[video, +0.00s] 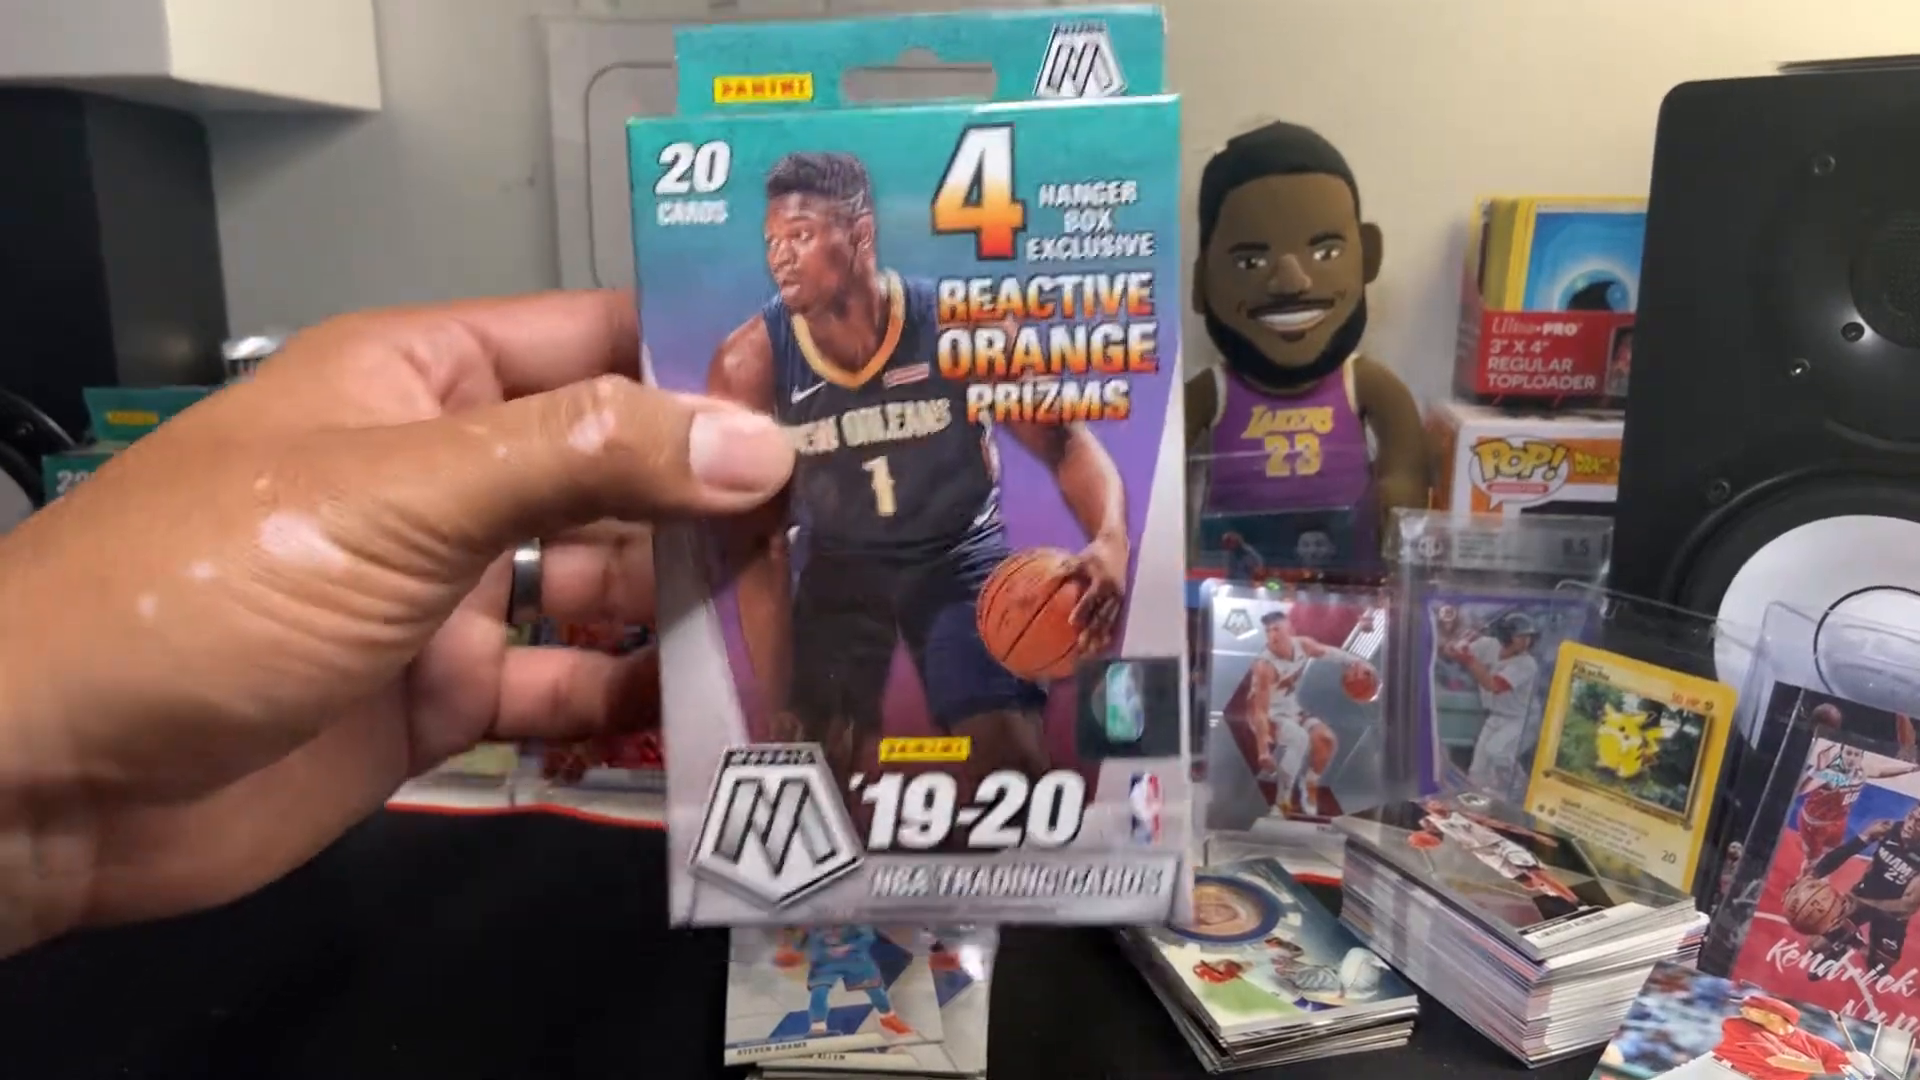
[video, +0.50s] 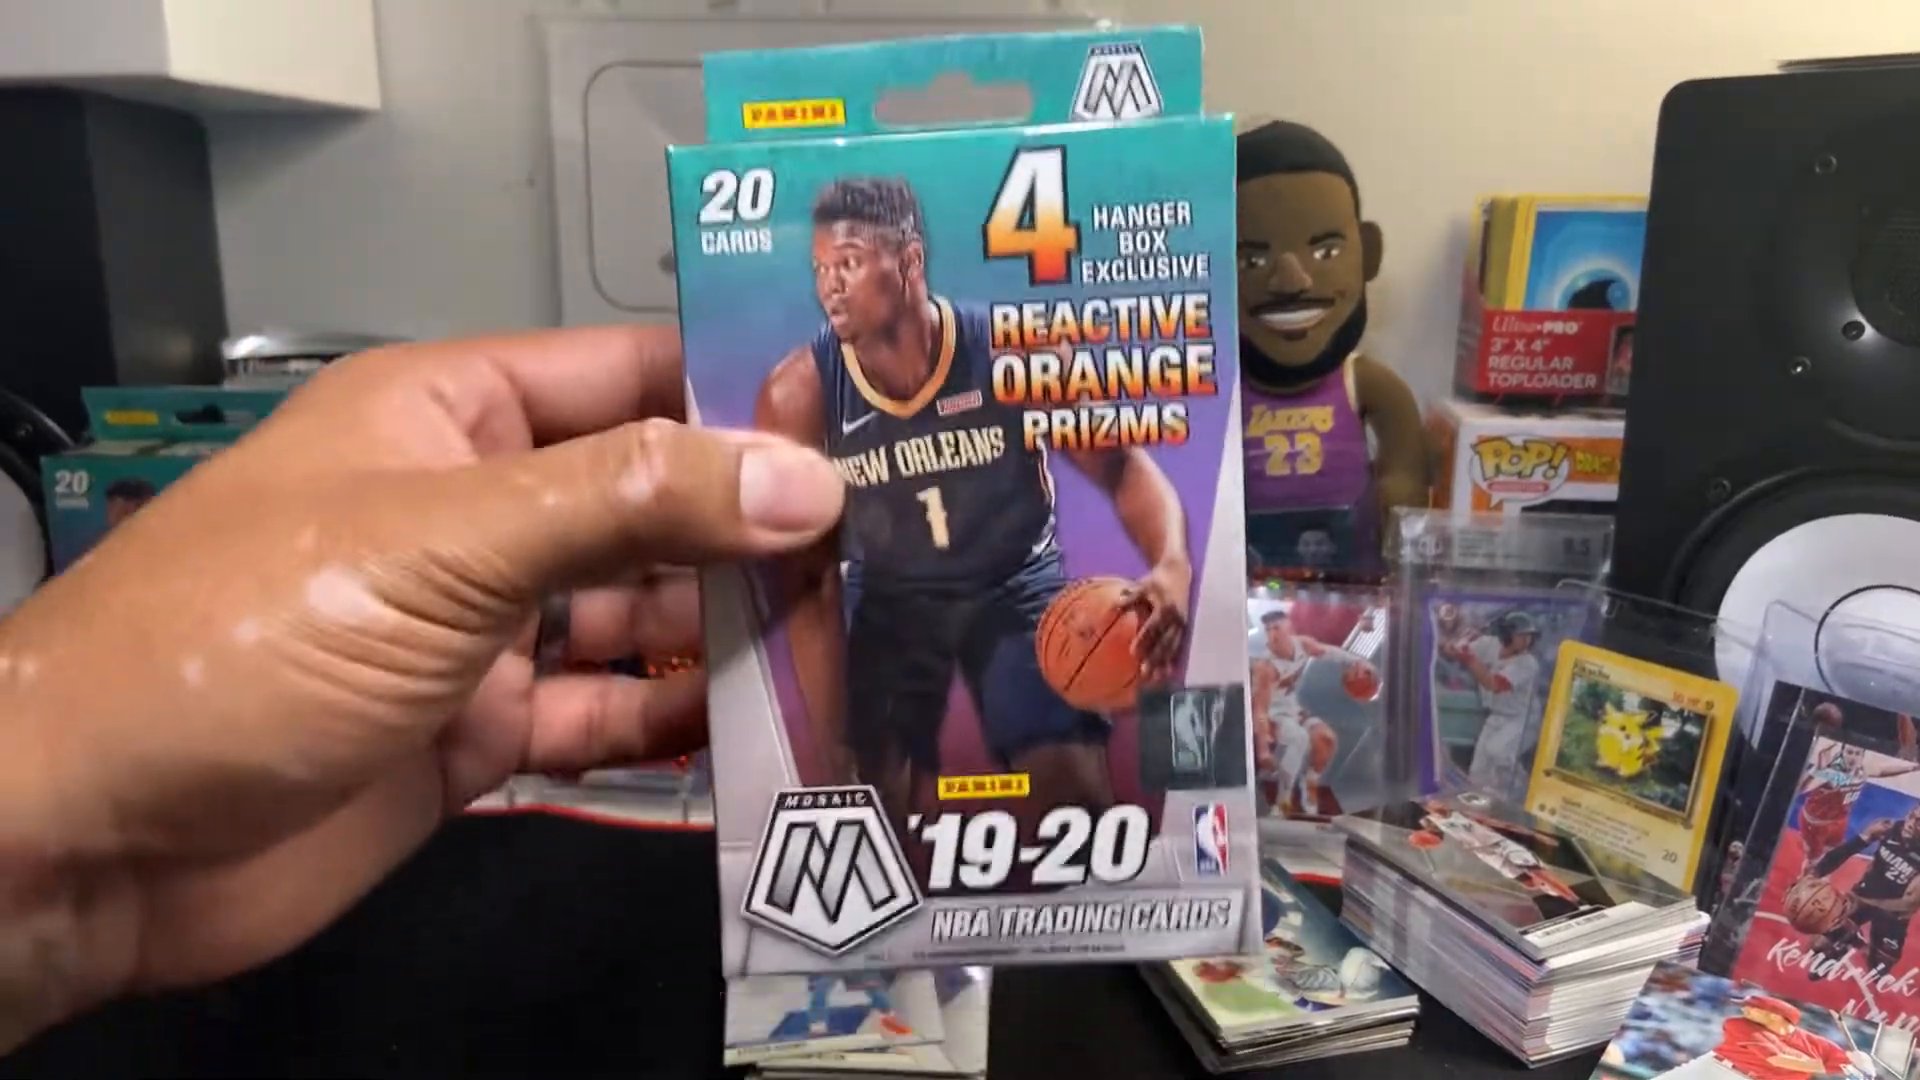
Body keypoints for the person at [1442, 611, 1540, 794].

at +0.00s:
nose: (1527, 642)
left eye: (1529, 637)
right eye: (1522, 637)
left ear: (1531, 639)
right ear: (1509, 637)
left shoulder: (1527, 664)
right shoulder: (1490, 646)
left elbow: (1495, 685)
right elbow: (1458, 651)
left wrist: (1470, 661)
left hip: (1520, 722)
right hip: (1495, 719)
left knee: (1495, 750)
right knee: (1478, 768)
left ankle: (1520, 789)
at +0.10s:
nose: (1527, 641)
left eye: (1529, 636)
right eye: (1522, 636)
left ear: (1531, 638)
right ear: (1509, 635)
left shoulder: (1527, 663)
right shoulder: (1490, 645)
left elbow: (1495, 685)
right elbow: (1461, 650)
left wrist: (1470, 661)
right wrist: (1450, 648)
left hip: (1520, 722)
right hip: (1495, 719)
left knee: (1495, 750)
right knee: (1478, 768)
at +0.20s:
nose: (1527, 642)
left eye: (1529, 637)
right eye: (1522, 636)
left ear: (1531, 639)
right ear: (1509, 636)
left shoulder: (1527, 663)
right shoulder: (1490, 646)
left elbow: (1495, 685)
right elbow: (1461, 650)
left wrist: (1469, 660)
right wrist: (1450, 648)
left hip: (1521, 721)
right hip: (1495, 719)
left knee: (1495, 749)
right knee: (1478, 769)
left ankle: (1521, 787)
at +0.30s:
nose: (1527, 641)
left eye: (1529, 637)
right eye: (1522, 636)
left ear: (1531, 639)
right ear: (1509, 636)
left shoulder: (1527, 664)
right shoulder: (1490, 646)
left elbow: (1496, 685)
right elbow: (1461, 650)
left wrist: (1470, 661)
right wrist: (1449, 648)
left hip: (1520, 722)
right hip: (1495, 719)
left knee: (1496, 751)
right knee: (1479, 765)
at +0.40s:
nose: (1527, 641)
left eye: (1529, 636)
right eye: (1522, 635)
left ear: (1531, 638)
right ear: (1509, 635)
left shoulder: (1528, 663)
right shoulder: (1490, 645)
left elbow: (1496, 685)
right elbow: (1460, 651)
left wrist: (1470, 660)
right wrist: (1447, 647)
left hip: (1520, 721)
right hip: (1495, 718)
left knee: (1496, 750)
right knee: (1479, 766)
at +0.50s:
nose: (1527, 641)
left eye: (1529, 636)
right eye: (1522, 636)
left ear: (1532, 638)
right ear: (1509, 636)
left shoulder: (1528, 663)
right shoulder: (1490, 645)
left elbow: (1496, 684)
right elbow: (1460, 651)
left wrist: (1470, 661)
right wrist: (1447, 648)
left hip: (1519, 722)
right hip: (1495, 718)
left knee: (1496, 751)